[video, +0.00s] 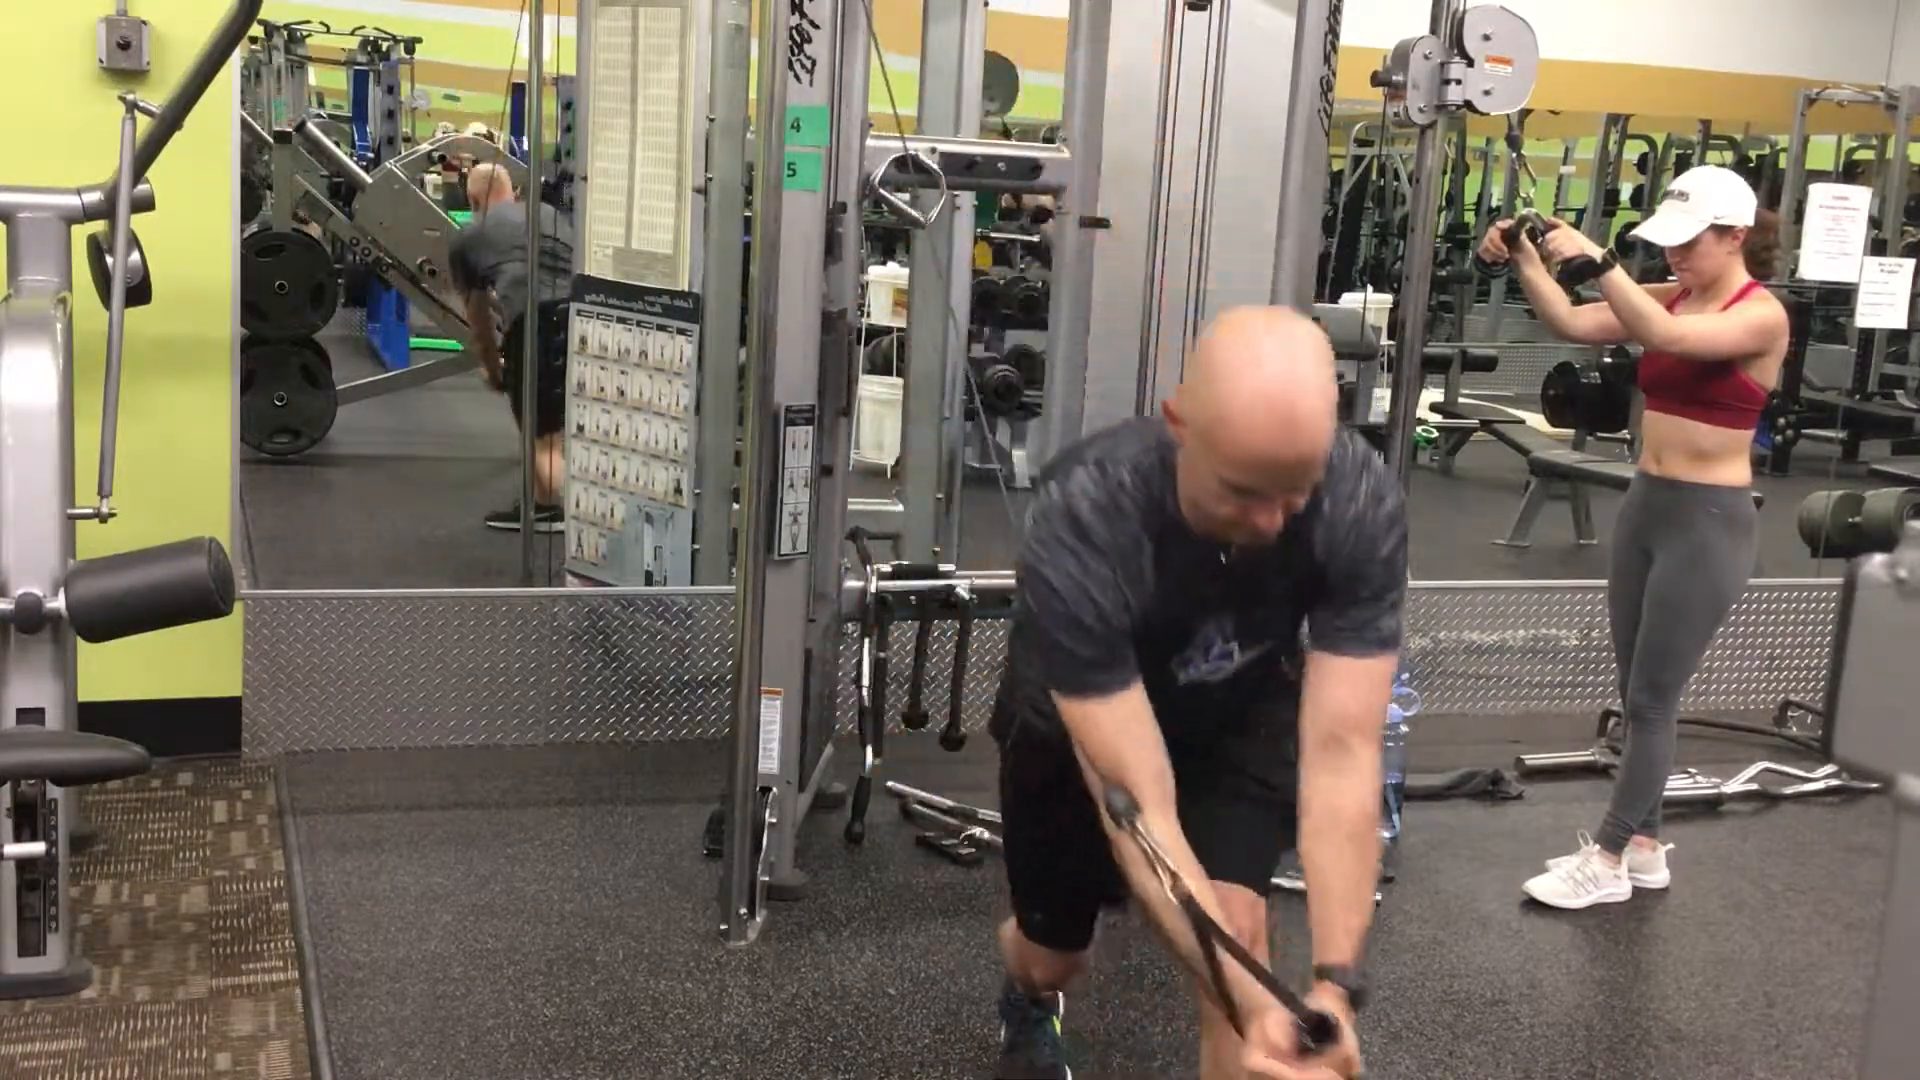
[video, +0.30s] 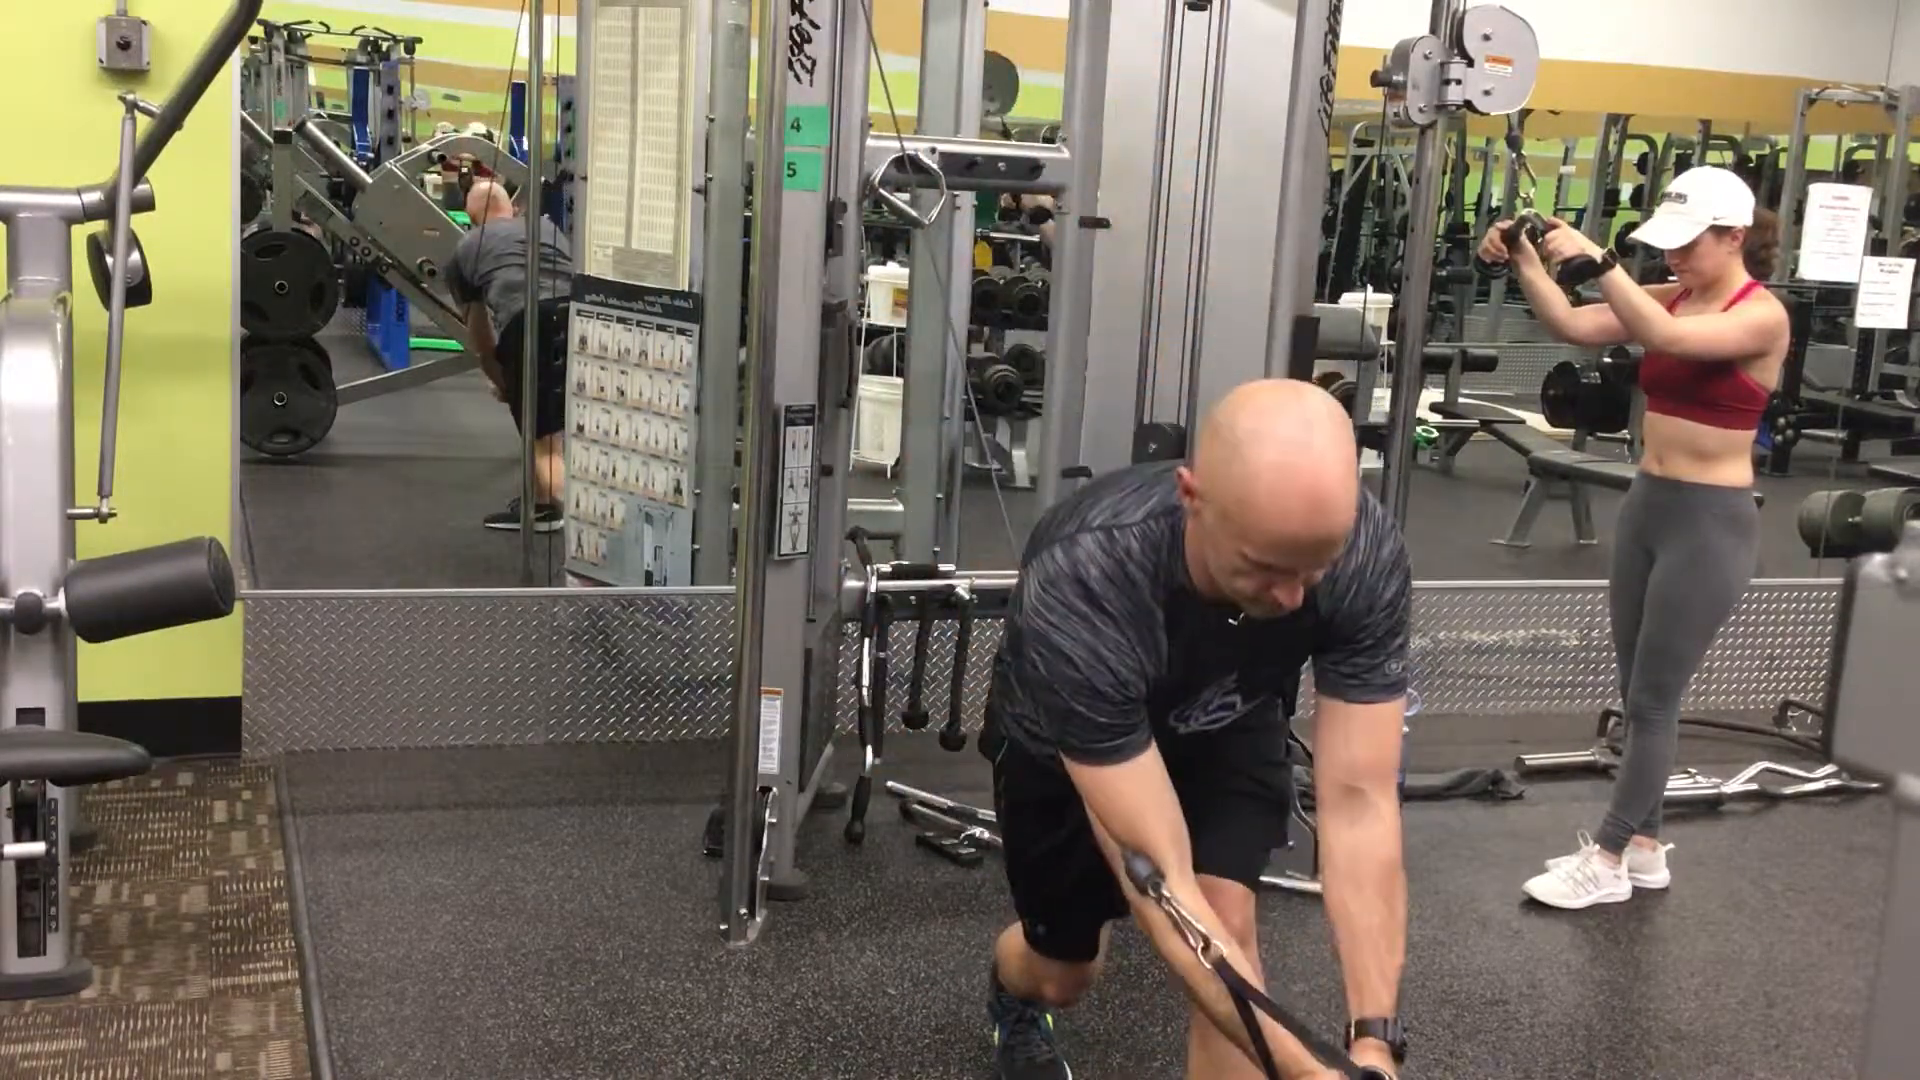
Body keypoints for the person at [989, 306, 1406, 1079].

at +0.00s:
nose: (1270, 521)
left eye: (1296, 493)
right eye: (1241, 493)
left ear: (1325, 441)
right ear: (1176, 424)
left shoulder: (1359, 507)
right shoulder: (1082, 517)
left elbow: (1345, 753)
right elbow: (1134, 804)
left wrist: (1335, 982)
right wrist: (1255, 1006)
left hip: (1238, 718)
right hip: (1079, 716)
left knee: (1236, 950)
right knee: (1053, 959)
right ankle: (1031, 1006)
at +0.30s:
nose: (1291, 597)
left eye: (1315, 567)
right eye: (1262, 569)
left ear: (1343, 512)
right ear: (1191, 497)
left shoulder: (1365, 560)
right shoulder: (1084, 584)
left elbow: (1359, 801)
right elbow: (1158, 879)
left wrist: (1374, 1039)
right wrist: (1297, 1064)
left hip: (1230, 716)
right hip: (1074, 721)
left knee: (1226, 924)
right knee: (1065, 975)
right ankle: (1014, 994)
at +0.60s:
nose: (1279, 593)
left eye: (1303, 562)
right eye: (1248, 564)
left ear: (1331, 506)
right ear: (1180, 494)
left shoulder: (1358, 556)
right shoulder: (1077, 574)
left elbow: (1351, 801)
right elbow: (1144, 873)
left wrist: (1359, 1038)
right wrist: (1285, 1064)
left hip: (1229, 718)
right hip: (1076, 722)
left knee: (1222, 923)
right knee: (1065, 974)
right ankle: (1013, 989)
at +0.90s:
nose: (1261, 561)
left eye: (1286, 532)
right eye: (1230, 533)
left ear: (1316, 474)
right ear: (1162, 464)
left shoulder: (1352, 538)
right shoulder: (1066, 554)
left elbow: (1346, 786)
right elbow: (1130, 846)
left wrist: (1345, 1017)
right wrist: (1268, 1053)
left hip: (1237, 722)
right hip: (1087, 720)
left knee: (1216, 943)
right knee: (1068, 967)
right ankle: (1014, 986)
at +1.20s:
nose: (1194, 449)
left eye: (1226, 420)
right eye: (1166, 414)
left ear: (1279, 356)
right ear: (1121, 351)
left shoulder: (1334, 475)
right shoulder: (1046, 466)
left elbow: (1269, 734)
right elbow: (1051, 738)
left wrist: (1187, 945)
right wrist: (1087, 931)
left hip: (1251, 715)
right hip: (1109, 705)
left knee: (1230, 960)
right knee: (1054, 923)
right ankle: (1044, 995)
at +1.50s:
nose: (1109, 336)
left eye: (1145, 311)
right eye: (1091, 302)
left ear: (1219, 274)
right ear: (1071, 260)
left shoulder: (1291, 403)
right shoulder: (1022, 378)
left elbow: (1181, 655)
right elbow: (980, 616)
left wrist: (1032, 823)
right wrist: (962, 797)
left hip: (1262, 672)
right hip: (1102, 653)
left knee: (1219, 946)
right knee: (1060, 874)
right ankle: (1114, 1012)